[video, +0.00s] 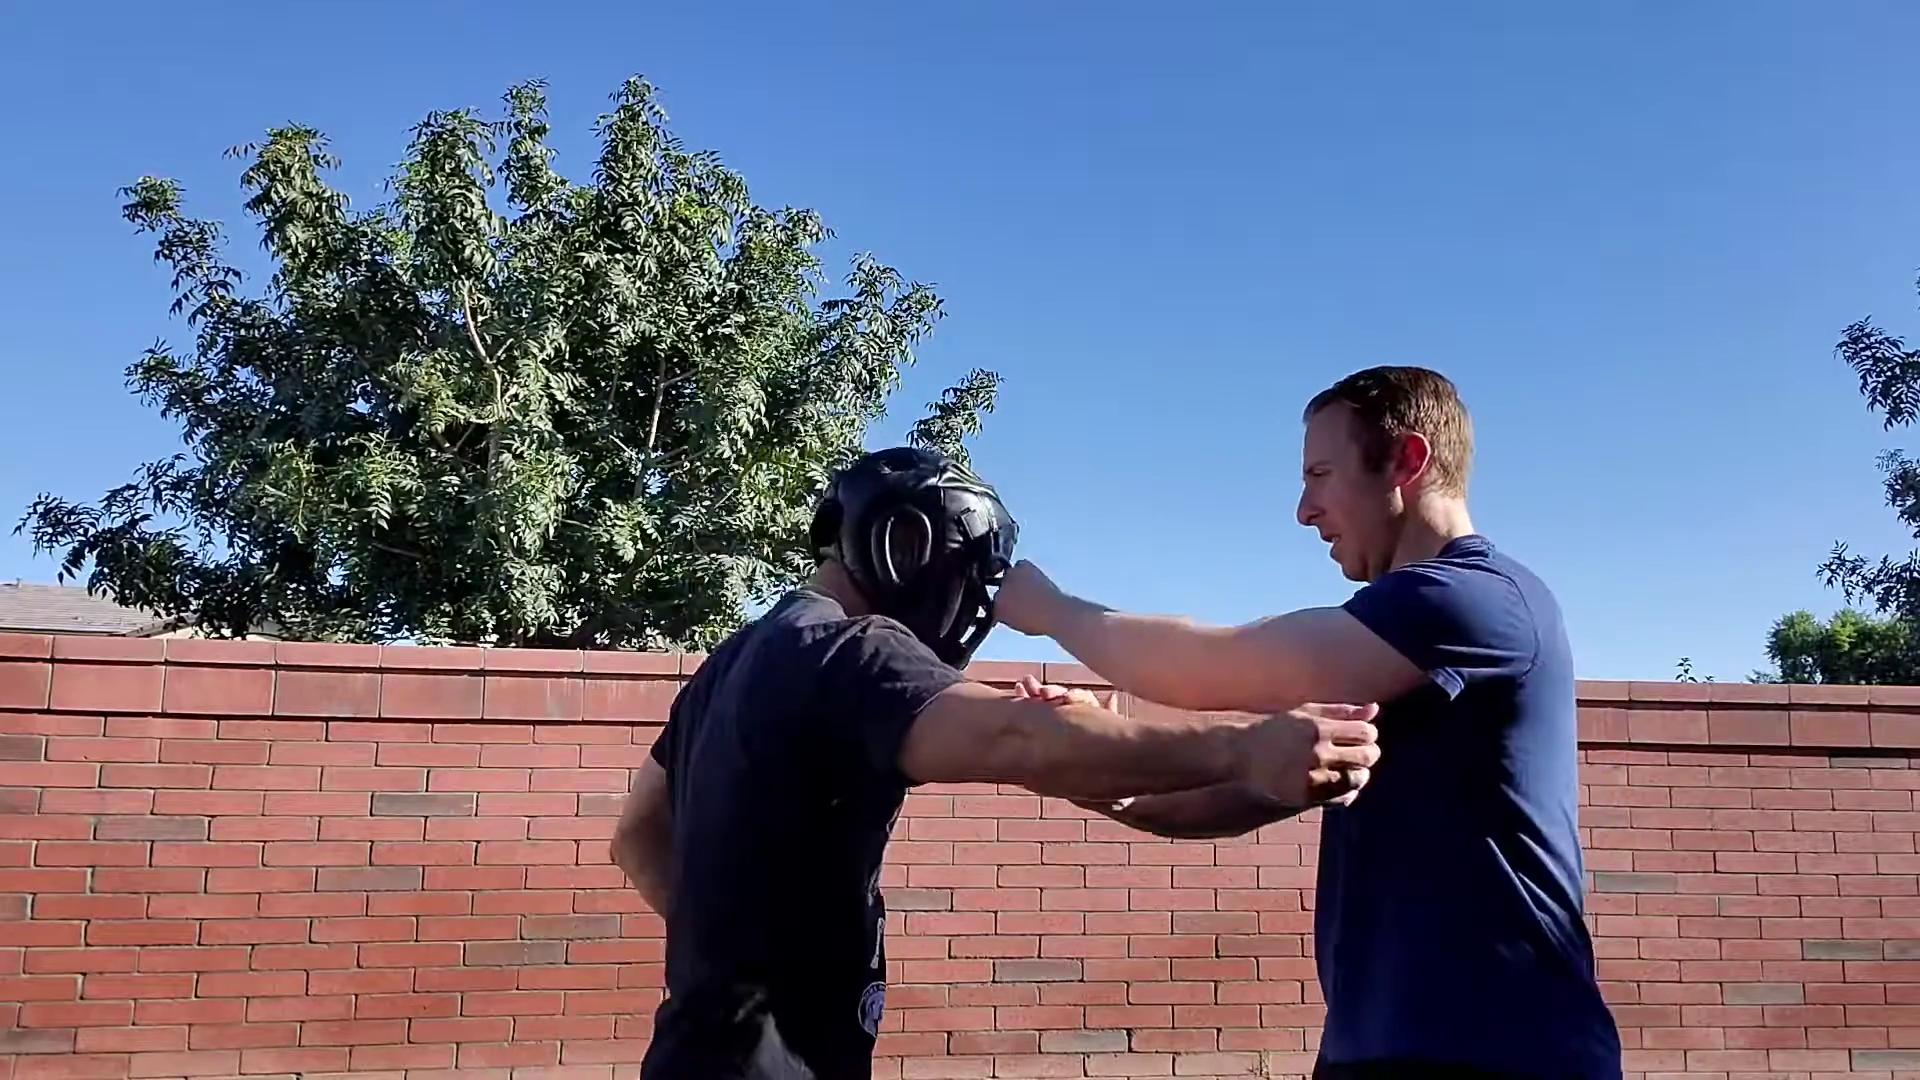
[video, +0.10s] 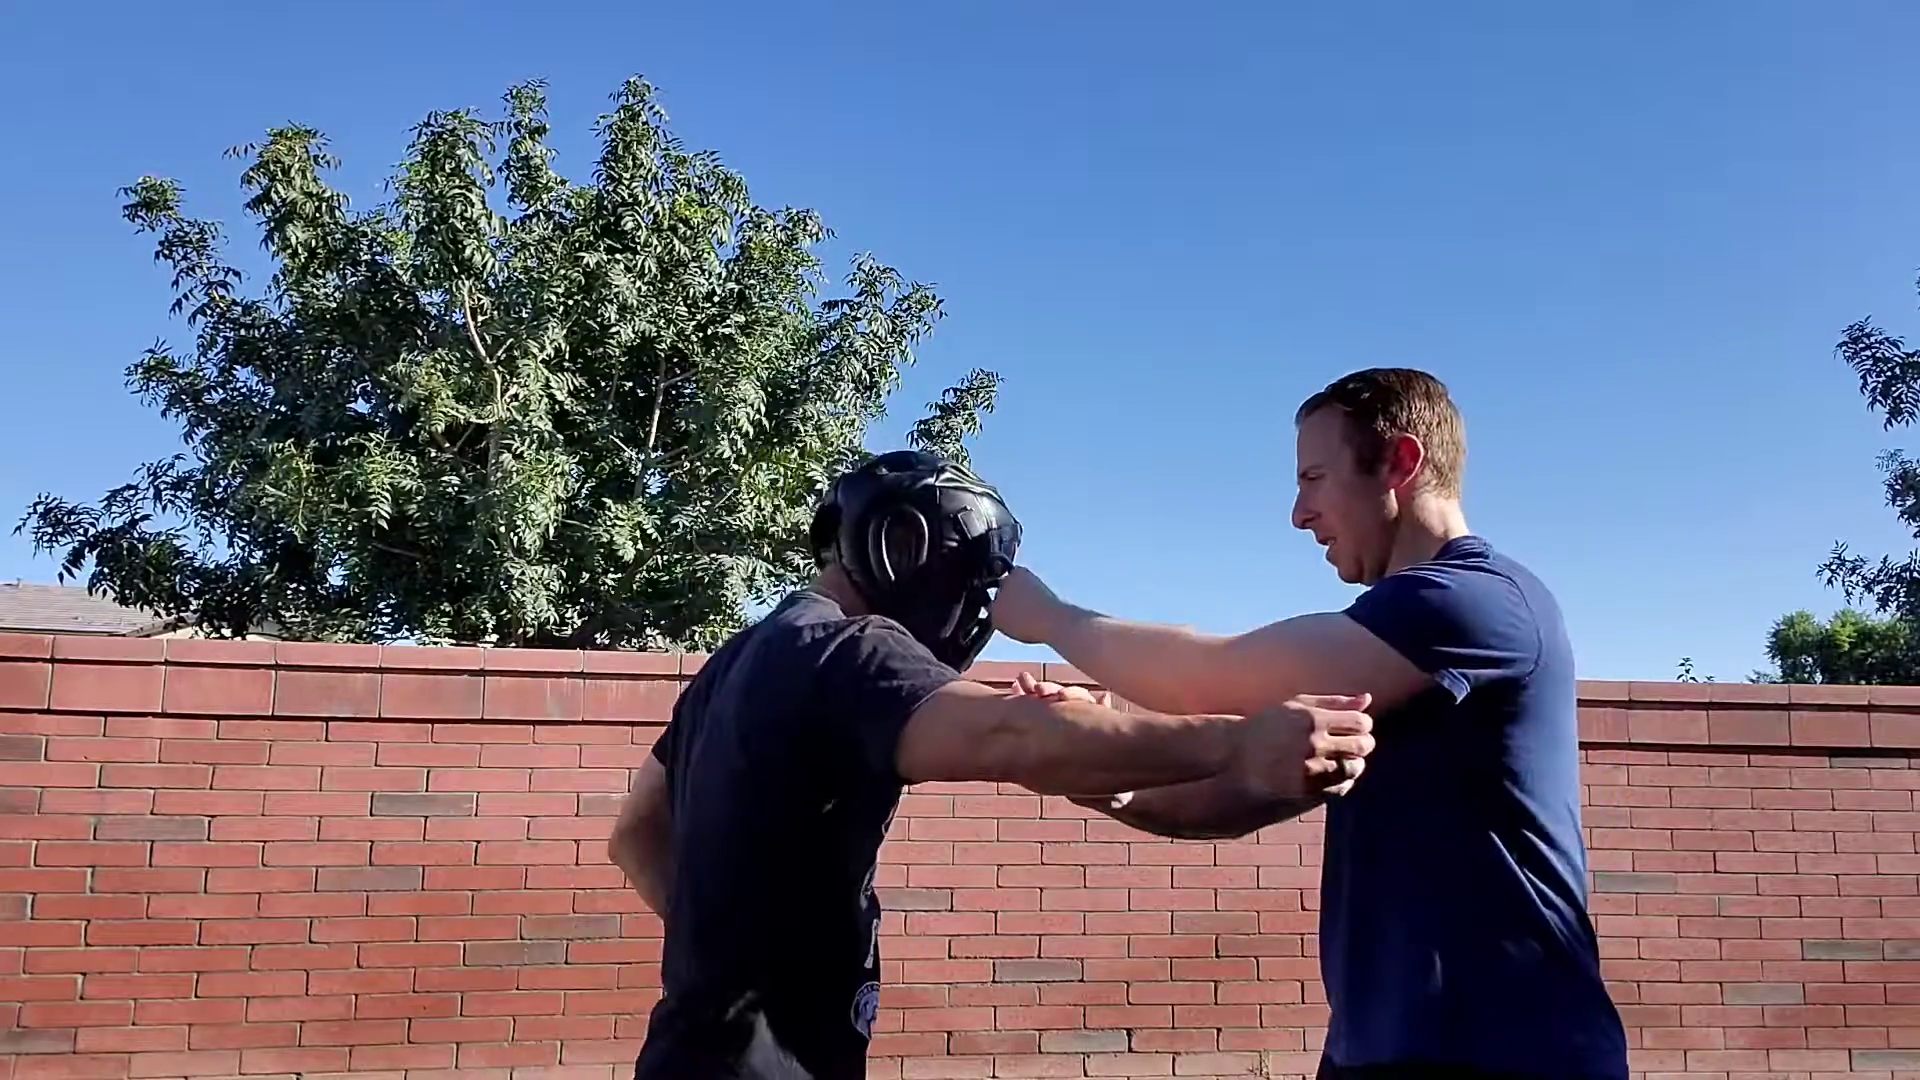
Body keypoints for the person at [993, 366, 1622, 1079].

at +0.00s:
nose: (1303, 510)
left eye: (1320, 474)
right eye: (1306, 481)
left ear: (1405, 465)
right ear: (1402, 472)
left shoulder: (1472, 600)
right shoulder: (1415, 621)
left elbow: (1212, 673)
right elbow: (1242, 771)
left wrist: (1046, 607)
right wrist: (1085, 713)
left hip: (1486, 1036)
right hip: (1383, 1030)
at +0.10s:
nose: (1298, 513)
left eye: (1314, 477)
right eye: (1302, 483)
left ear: (1398, 469)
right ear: (1397, 475)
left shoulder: (1472, 602)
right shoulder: (1417, 617)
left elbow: (1209, 681)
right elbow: (1239, 735)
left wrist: (1041, 613)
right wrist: (1082, 702)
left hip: (1493, 1034)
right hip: (1392, 1029)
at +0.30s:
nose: (1288, 500)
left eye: (1306, 466)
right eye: (1289, 473)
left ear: (1399, 456)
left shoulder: (1491, 602)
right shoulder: (1338, 655)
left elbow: (1344, 796)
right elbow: (1228, 828)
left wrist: (1160, 683)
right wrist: (1087, 782)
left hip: (1510, 1042)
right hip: (1367, 1044)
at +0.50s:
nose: (1330, 484)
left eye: (1353, 450)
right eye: (1335, 454)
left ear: (1451, 449)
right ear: (1449, 454)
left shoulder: (1493, 618)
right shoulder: (1434, 614)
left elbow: (1223, 723)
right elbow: (1280, 753)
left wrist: (1029, 616)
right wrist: (1171, 623)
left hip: (1492, 1056)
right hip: (1391, 1049)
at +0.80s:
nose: (1285, 496)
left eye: (1302, 464)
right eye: (1285, 469)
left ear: (1401, 454)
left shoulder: (1447, 607)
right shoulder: (1417, 616)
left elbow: (1149, 659)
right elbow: (1308, 805)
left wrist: (948, 582)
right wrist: (1185, 697)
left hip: (1484, 1047)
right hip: (1388, 1044)